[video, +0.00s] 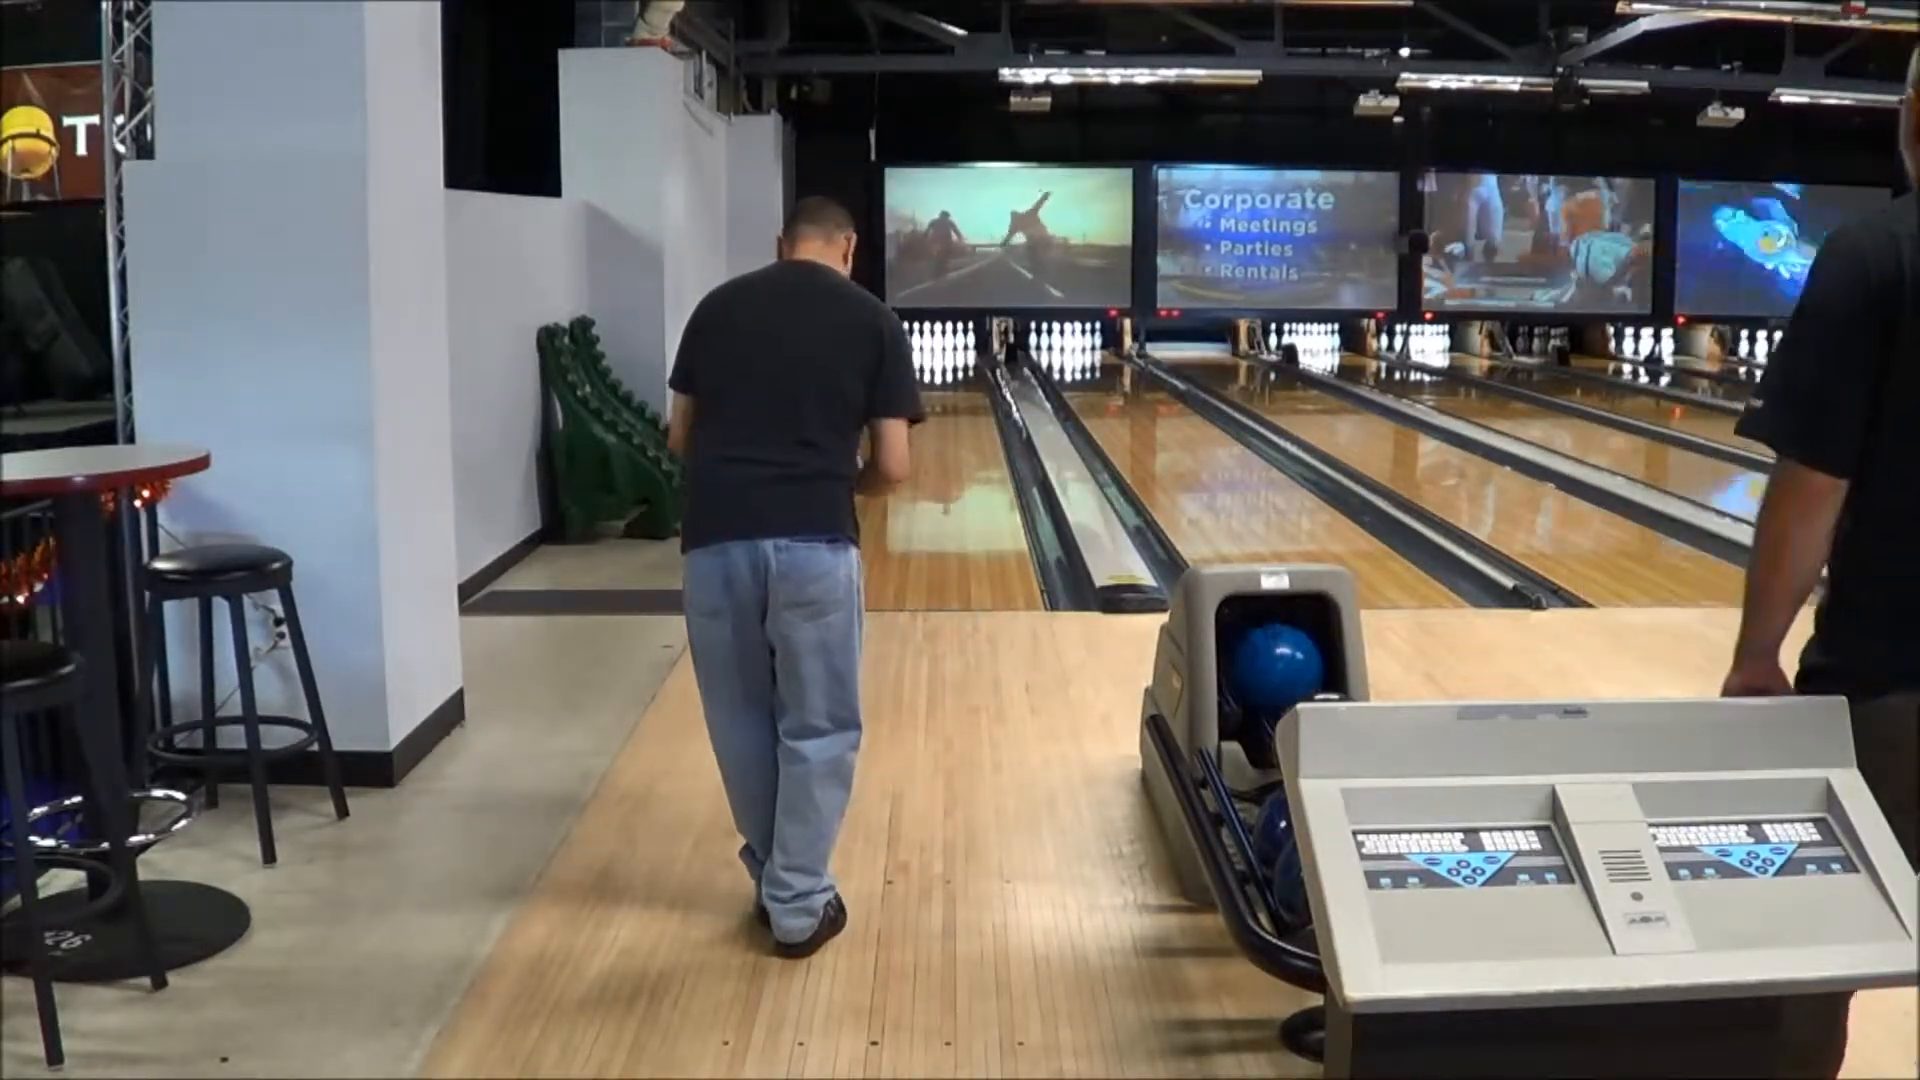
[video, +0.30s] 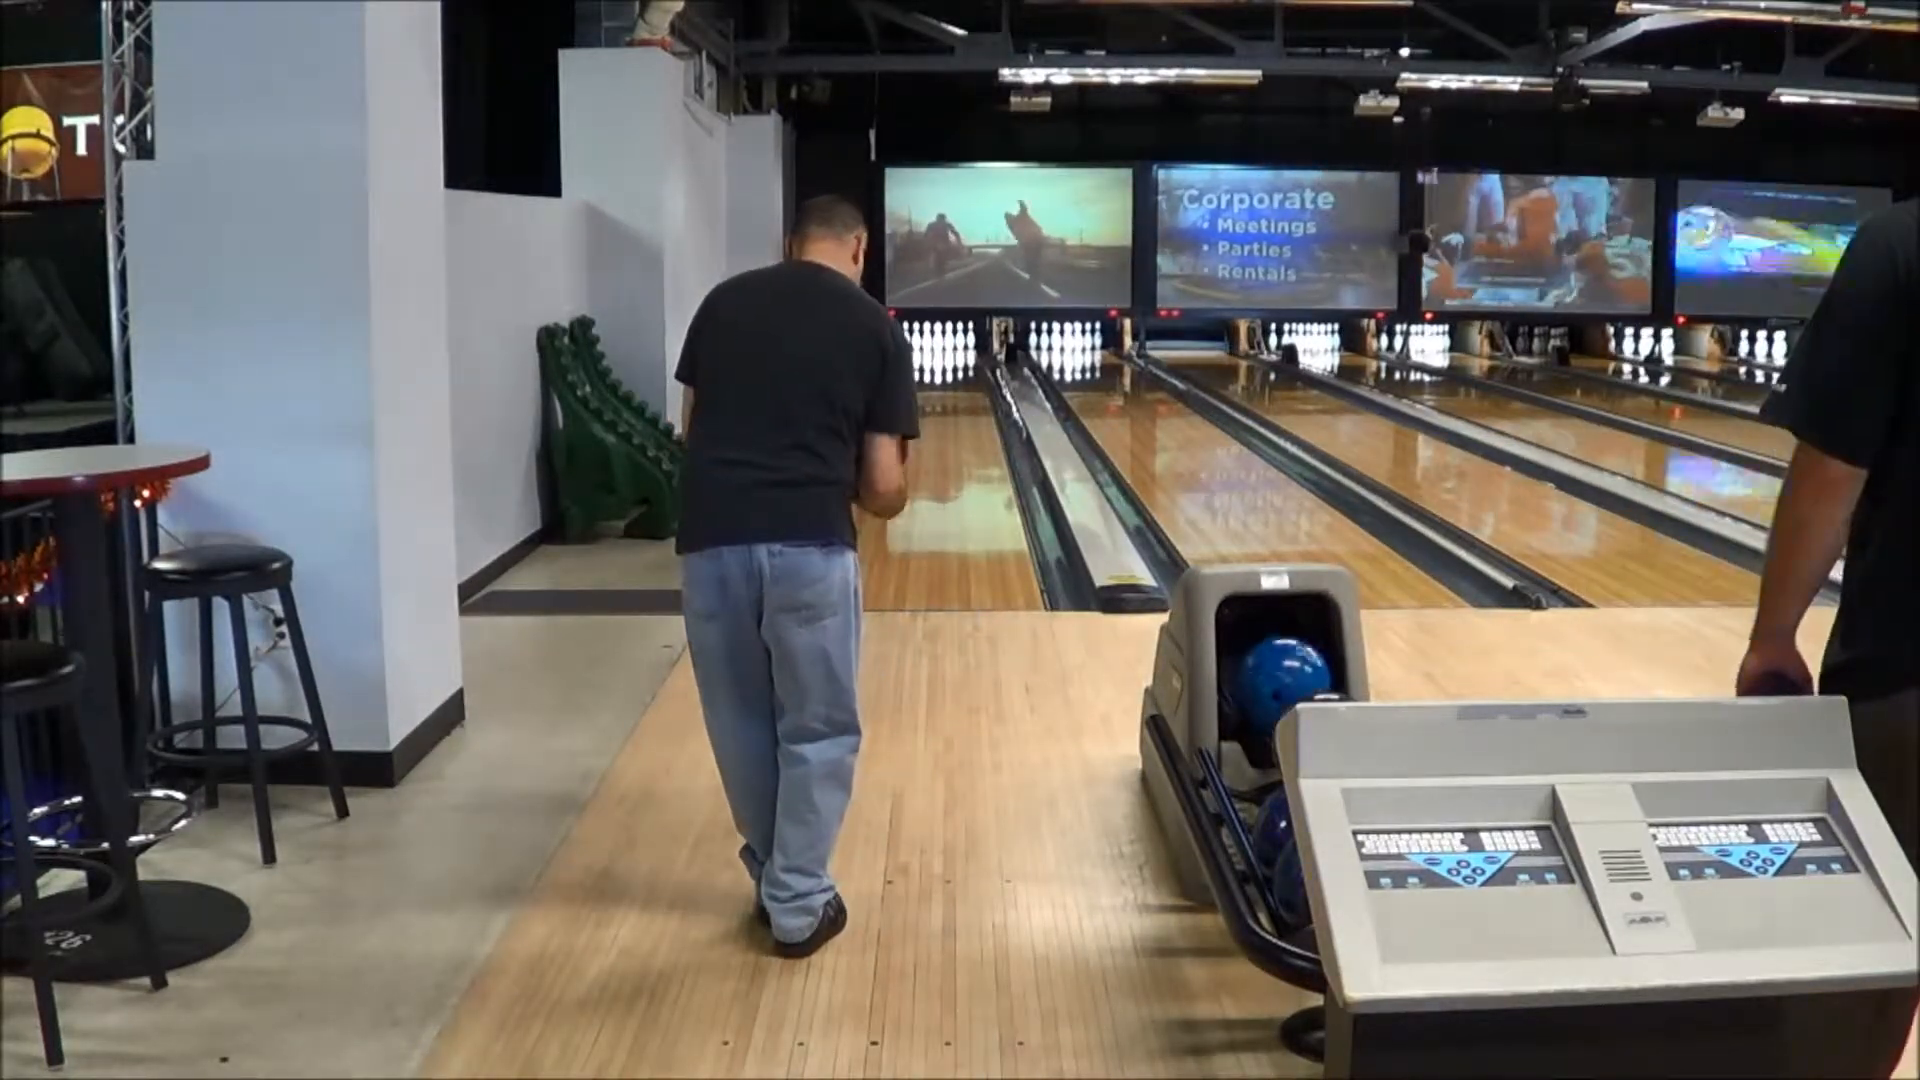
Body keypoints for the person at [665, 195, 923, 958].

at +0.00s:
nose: (847, 261)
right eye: (851, 250)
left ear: (780, 244)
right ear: (849, 249)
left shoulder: (718, 304)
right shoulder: (870, 318)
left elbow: (679, 435)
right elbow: (893, 467)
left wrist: (733, 455)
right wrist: (842, 472)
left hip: (715, 544)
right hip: (814, 542)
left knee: (738, 718)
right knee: (819, 724)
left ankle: (771, 872)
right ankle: (795, 906)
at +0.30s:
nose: (864, 266)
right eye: (866, 254)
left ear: (788, 242)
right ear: (858, 249)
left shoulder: (724, 299)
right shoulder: (872, 325)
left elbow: (692, 422)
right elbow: (884, 482)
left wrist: (738, 457)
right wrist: (880, 502)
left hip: (709, 544)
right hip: (809, 545)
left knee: (738, 721)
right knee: (819, 728)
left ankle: (772, 875)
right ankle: (796, 906)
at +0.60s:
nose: (874, 264)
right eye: (878, 253)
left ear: (802, 242)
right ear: (873, 249)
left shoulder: (736, 298)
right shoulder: (887, 331)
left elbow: (692, 423)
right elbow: (893, 489)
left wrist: (747, 450)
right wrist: (901, 512)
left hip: (712, 544)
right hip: (811, 547)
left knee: (740, 717)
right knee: (823, 731)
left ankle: (770, 868)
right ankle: (794, 906)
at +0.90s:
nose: (878, 257)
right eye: (883, 246)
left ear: (807, 238)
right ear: (881, 244)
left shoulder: (742, 297)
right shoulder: (897, 325)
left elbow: (686, 416)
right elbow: (893, 459)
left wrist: (736, 466)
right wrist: (880, 524)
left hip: (720, 542)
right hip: (821, 545)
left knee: (744, 716)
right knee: (826, 730)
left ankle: (772, 868)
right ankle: (794, 905)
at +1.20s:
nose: (878, 242)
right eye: (882, 231)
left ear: (805, 228)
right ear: (880, 232)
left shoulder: (742, 295)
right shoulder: (896, 324)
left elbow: (685, 416)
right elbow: (890, 465)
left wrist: (738, 461)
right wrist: (881, 526)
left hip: (717, 537)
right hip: (817, 541)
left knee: (744, 714)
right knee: (825, 728)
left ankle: (772, 869)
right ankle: (793, 905)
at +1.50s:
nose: (865, 234)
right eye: (868, 223)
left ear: (789, 224)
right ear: (863, 228)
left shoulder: (730, 297)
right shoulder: (885, 322)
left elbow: (688, 419)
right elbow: (889, 476)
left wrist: (738, 462)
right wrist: (876, 512)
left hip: (716, 540)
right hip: (817, 542)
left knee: (742, 718)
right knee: (823, 730)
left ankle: (769, 868)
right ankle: (793, 905)